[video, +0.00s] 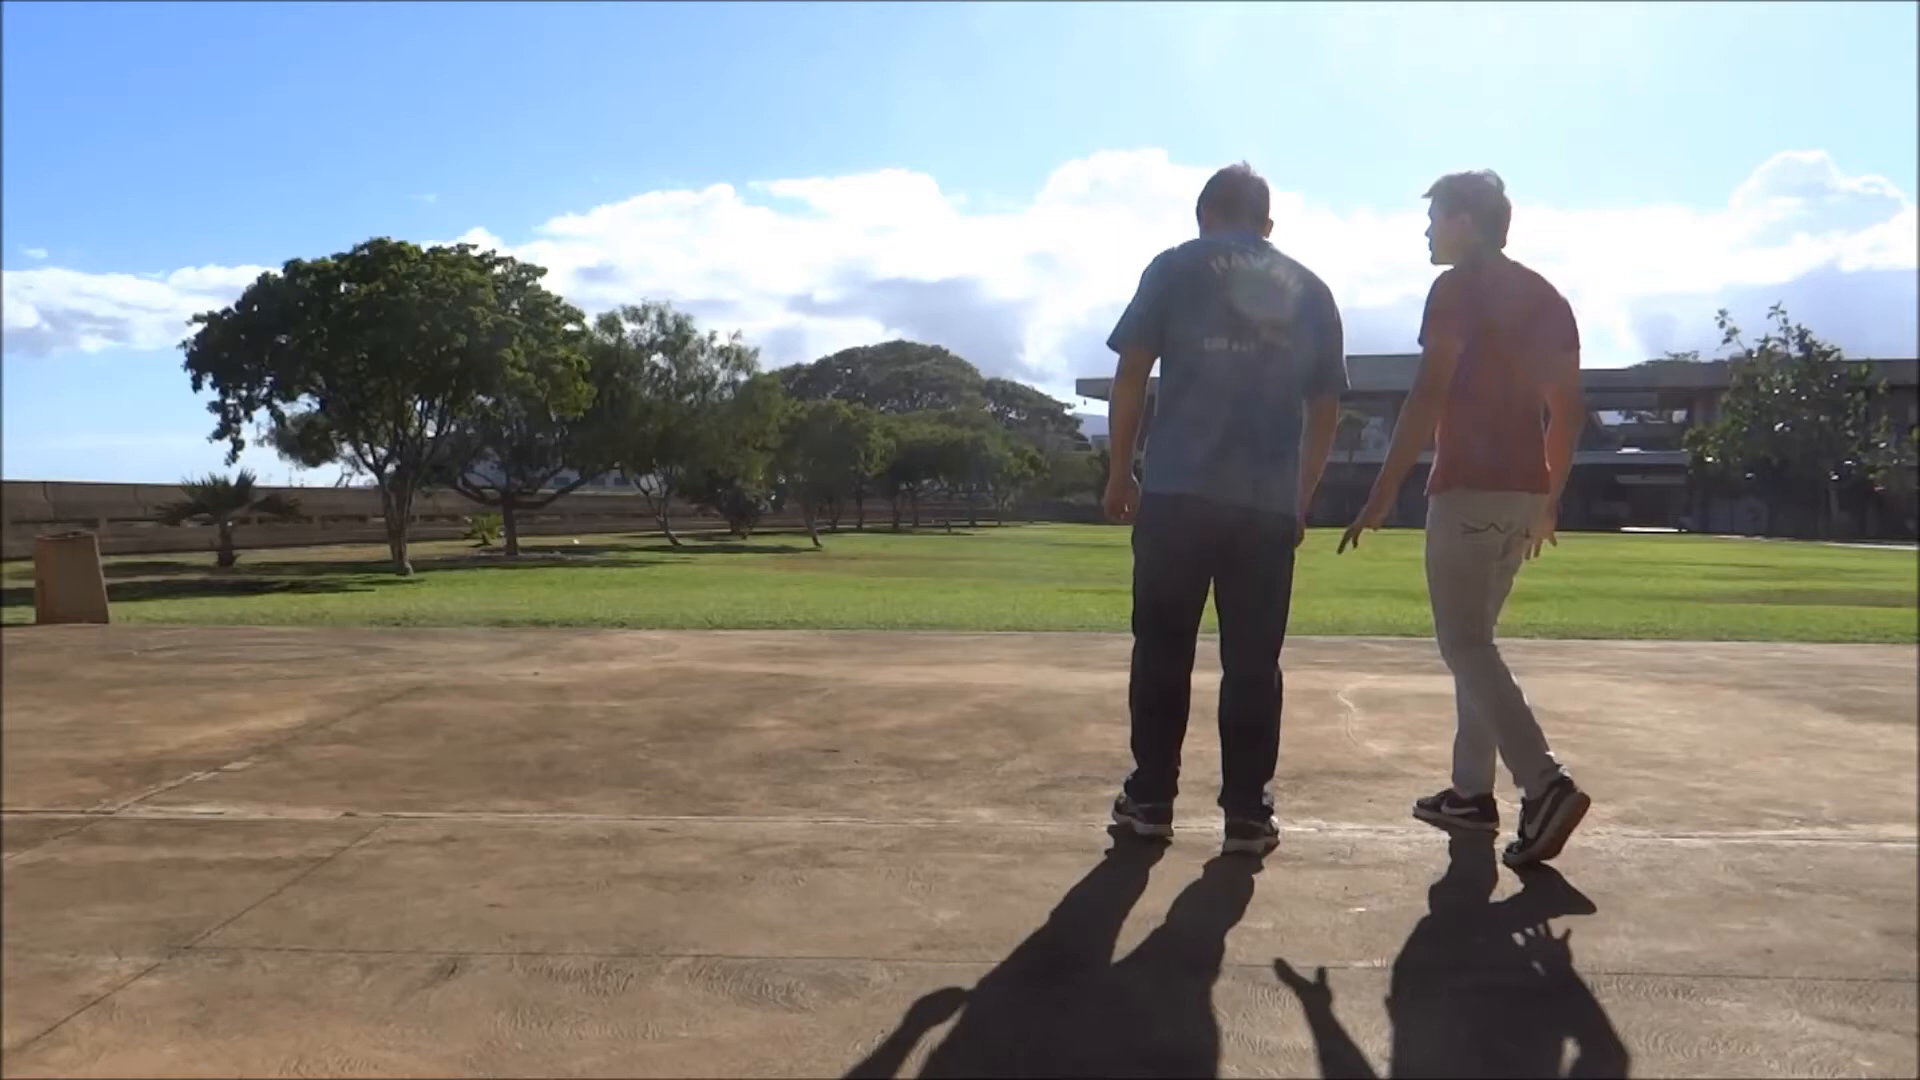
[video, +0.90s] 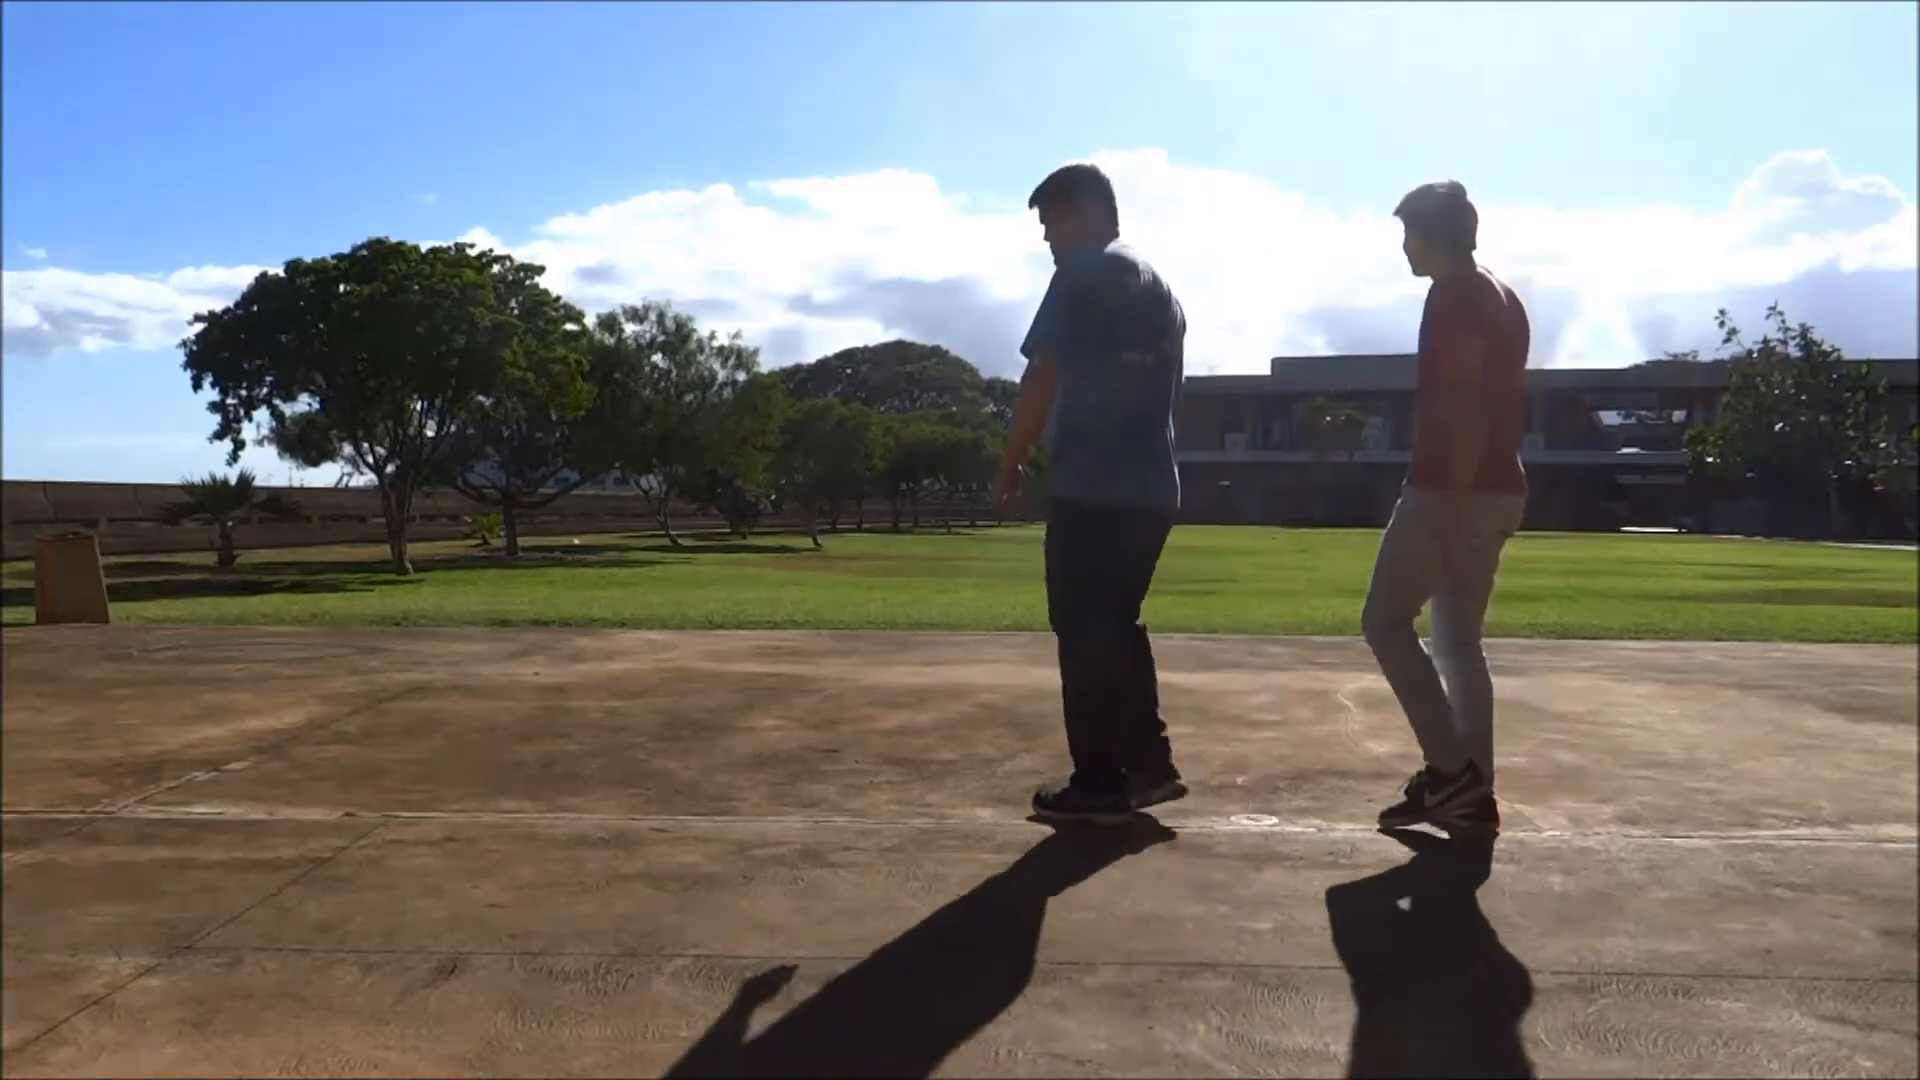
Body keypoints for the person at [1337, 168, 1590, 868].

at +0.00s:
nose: (1428, 230)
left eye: (1436, 218)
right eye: (1430, 218)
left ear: (1467, 223)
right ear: (1491, 224)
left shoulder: (1453, 289)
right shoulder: (1551, 300)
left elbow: (1428, 397)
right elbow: (1566, 410)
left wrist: (1382, 491)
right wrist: (1548, 499)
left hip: (1465, 491)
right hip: (1530, 494)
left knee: (1462, 640)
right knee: (1474, 641)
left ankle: (1545, 786)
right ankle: (1470, 794)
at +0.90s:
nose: (1402, 246)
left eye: (1406, 234)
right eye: (1402, 233)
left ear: (1430, 235)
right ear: (1462, 232)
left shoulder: (1452, 298)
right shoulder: (1505, 301)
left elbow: (1465, 406)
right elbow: (1499, 408)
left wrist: (1448, 498)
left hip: (1445, 490)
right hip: (1495, 492)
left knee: (1384, 622)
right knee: (1458, 636)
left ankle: (1448, 770)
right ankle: (1473, 794)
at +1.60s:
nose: (1349, 245)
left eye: (1359, 234)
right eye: (1352, 234)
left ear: (1397, 240)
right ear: (1393, 243)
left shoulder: (1436, 302)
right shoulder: (1414, 310)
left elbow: (1475, 403)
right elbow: (1400, 428)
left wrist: (1467, 503)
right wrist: (1341, 494)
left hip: (1411, 505)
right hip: (1422, 504)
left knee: (1348, 632)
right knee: (1423, 649)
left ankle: (1321, 784)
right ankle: (1470, 794)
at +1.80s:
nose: (1345, 247)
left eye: (1354, 234)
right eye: (1346, 235)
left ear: (1392, 237)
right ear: (1376, 241)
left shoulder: (1429, 306)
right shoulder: (1393, 320)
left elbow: (1472, 400)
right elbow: (1381, 431)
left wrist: (1460, 500)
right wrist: (1322, 501)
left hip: (1403, 506)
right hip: (1406, 504)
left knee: (1341, 632)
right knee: (1416, 651)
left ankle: (1321, 785)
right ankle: (1469, 794)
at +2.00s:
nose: (1337, 249)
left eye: (1345, 235)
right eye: (1336, 236)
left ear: (1380, 237)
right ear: (1364, 241)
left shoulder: (1424, 306)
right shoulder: (1369, 326)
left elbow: (1464, 401)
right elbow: (1359, 428)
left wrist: (1457, 491)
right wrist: (1311, 503)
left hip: (1398, 501)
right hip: (1385, 501)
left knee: (1335, 632)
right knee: (1407, 649)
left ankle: (1322, 783)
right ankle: (1469, 790)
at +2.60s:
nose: (1284, 231)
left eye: (1294, 216)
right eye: (1281, 219)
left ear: (1329, 219)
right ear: (1284, 225)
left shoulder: (1369, 301)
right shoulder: (1297, 311)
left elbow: (1396, 403)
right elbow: (1306, 409)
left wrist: (1347, 484)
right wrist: (1282, 485)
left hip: (1337, 493)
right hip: (1291, 490)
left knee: (1309, 629)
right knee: (1264, 623)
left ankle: (1319, 778)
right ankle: (1362, 736)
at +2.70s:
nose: (1269, 229)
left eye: (1277, 215)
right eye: (1268, 217)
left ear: (1312, 217)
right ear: (1281, 223)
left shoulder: (1358, 297)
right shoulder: (1286, 311)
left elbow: (1381, 400)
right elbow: (1292, 403)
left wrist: (1321, 474)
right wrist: (1279, 474)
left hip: (1328, 488)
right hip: (1282, 483)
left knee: (1310, 632)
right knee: (1242, 619)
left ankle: (1320, 780)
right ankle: (1299, 755)